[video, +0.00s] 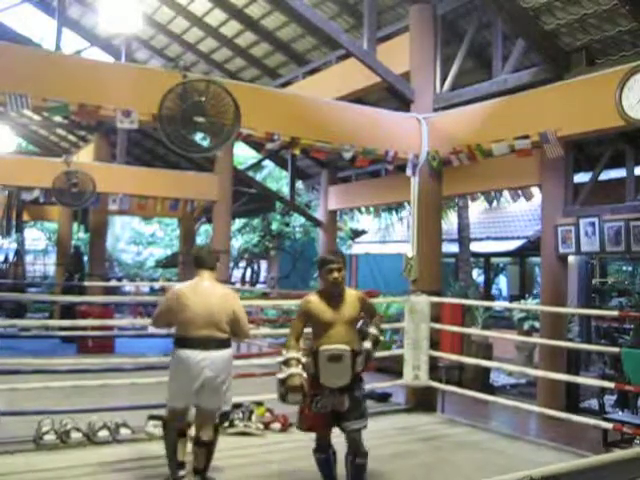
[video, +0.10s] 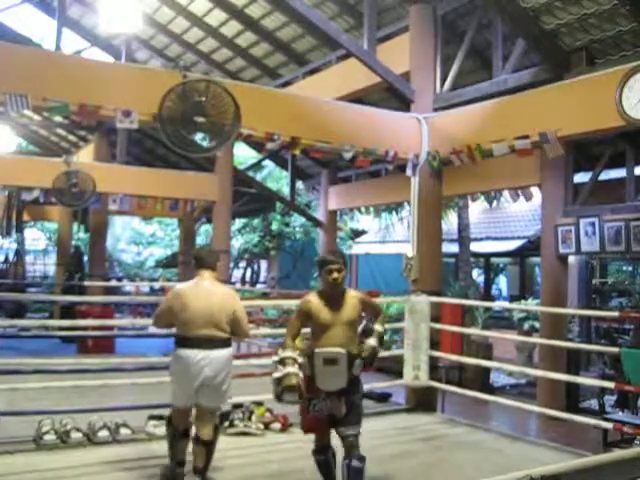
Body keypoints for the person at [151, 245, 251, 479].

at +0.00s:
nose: (218, 266)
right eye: (217, 263)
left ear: (194, 266)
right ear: (216, 266)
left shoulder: (180, 293)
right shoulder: (228, 295)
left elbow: (158, 320)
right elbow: (243, 331)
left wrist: (181, 315)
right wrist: (222, 323)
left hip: (186, 353)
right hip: (219, 354)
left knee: (177, 412)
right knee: (207, 418)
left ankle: (175, 467)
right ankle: (200, 471)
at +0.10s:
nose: (219, 269)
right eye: (219, 265)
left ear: (195, 266)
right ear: (216, 267)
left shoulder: (180, 292)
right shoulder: (229, 295)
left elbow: (159, 321)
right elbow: (243, 331)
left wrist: (182, 313)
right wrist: (221, 322)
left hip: (186, 353)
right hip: (219, 353)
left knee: (181, 410)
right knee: (208, 414)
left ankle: (177, 465)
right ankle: (200, 469)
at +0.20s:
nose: (221, 268)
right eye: (219, 265)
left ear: (195, 266)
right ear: (216, 267)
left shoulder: (181, 292)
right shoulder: (229, 295)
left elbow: (164, 319)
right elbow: (244, 330)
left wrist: (173, 300)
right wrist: (223, 320)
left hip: (186, 352)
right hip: (218, 353)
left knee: (183, 408)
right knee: (208, 411)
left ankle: (181, 459)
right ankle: (199, 466)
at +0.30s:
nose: (215, 272)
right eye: (215, 268)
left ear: (194, 268)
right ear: (215, 269)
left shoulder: (180, 293)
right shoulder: (228, 295)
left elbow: (164, 319)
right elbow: (244, 329)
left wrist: (186, 316)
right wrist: (223, 320)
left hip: (186, 352)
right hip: (217, 353)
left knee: (187, 406)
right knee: (209, 410)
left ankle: (186, 456)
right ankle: (199, 465)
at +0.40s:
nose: (217, 272)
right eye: (216, 269)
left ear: (193, 270)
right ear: (214, 270)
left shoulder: (179, 293)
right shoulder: (224, 294)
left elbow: (164, 319)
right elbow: (242, 328)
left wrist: (185, 317)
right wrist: (221, 322)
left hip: (186, 351)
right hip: (216, 353)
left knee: (187, 407)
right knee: (208, 410)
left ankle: (189, 458)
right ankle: (198, 466)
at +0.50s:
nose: (217, 272)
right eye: (216, 269)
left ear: (193, 269)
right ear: (213, 270)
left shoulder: (178, 292)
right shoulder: (223, 294)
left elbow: (167, 318)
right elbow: (240, 326)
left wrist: (187, 313)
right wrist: (219, 319)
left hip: (184, 349)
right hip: (214, 352)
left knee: (188, 403)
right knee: (214, 406)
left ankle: (189, 454)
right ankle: (201, 457)